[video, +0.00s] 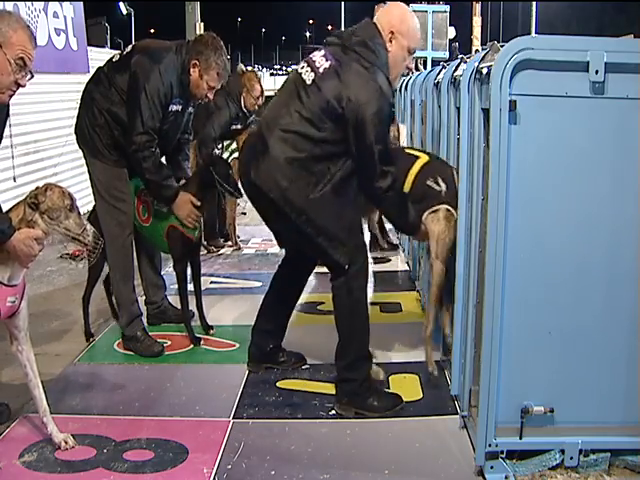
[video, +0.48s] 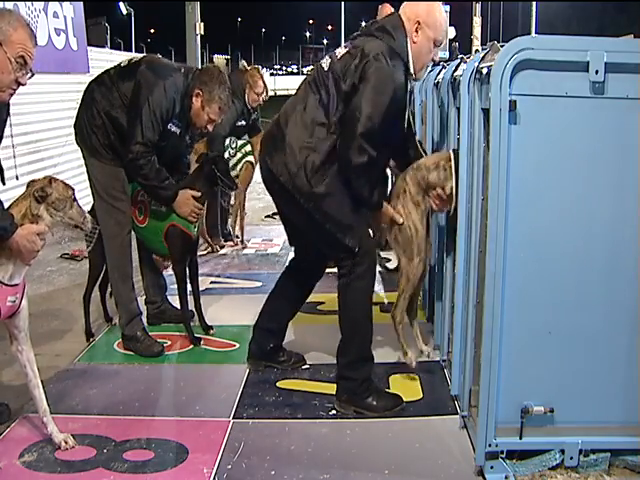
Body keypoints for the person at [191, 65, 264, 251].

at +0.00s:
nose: (258, 103)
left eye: (260, 98)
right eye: (255, 98)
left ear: (259, 94)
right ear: (242, 94)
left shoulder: (245, 108)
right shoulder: (226, 109)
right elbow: (205, 141)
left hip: (215, 142)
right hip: (199, 141)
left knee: (219, 188)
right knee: (208, 189)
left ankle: (221, 232)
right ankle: (211, 236)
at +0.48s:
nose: (261, 99)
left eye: (263, 94)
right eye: (258, 94)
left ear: (263, 93)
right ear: (246, 90)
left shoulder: (252, 110)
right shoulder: (233, 108)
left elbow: (256, 137)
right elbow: (216, 137)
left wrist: (260, 163)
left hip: (222, 146)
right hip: (205, 145)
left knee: (226, 187)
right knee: (213, 189)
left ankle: (223, 229)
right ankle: (212, 231)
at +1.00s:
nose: (261, 111)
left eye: (263, 107)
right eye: (259, 105)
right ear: (247, 100)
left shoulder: (249, 121)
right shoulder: (231, 117)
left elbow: (248, 148)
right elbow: (216, 153)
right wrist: (231, 184)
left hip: (229, 158)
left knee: (236, 189)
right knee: (220, 192)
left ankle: (226, 230)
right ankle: (216, 234)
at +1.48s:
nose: (261, 99)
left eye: (263, 95)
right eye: (259, 94)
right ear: (246, 89)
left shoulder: (247, 108)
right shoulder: (231, 107)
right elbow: (213, 135)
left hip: (222, 150)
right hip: (211, 151)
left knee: (227, 188)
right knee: (220, 190)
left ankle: (224, 229)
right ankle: (217, 232)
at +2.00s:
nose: (261, 100)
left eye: (263, 96)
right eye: (260, 95)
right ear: (248, 89)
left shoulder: (245, 105)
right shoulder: (233, 104)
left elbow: (243, 129)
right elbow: (215, 133)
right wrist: (230, 165)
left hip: (221, 145)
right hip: (209, 146)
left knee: (224, 189)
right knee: (215, 190)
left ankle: (224, 229)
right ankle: (215, 232)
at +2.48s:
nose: (258, 103)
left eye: (260, 99)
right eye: (256, 97)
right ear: (243, 92)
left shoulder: (240, 106)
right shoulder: (222, 105)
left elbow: (244, 128)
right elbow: (219, 135)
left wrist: (251, 143)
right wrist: (237, 153)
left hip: (223, 150)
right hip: (207, 152)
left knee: (224, 195)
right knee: (214, 196)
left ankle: (223, 229)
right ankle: (213, 233)